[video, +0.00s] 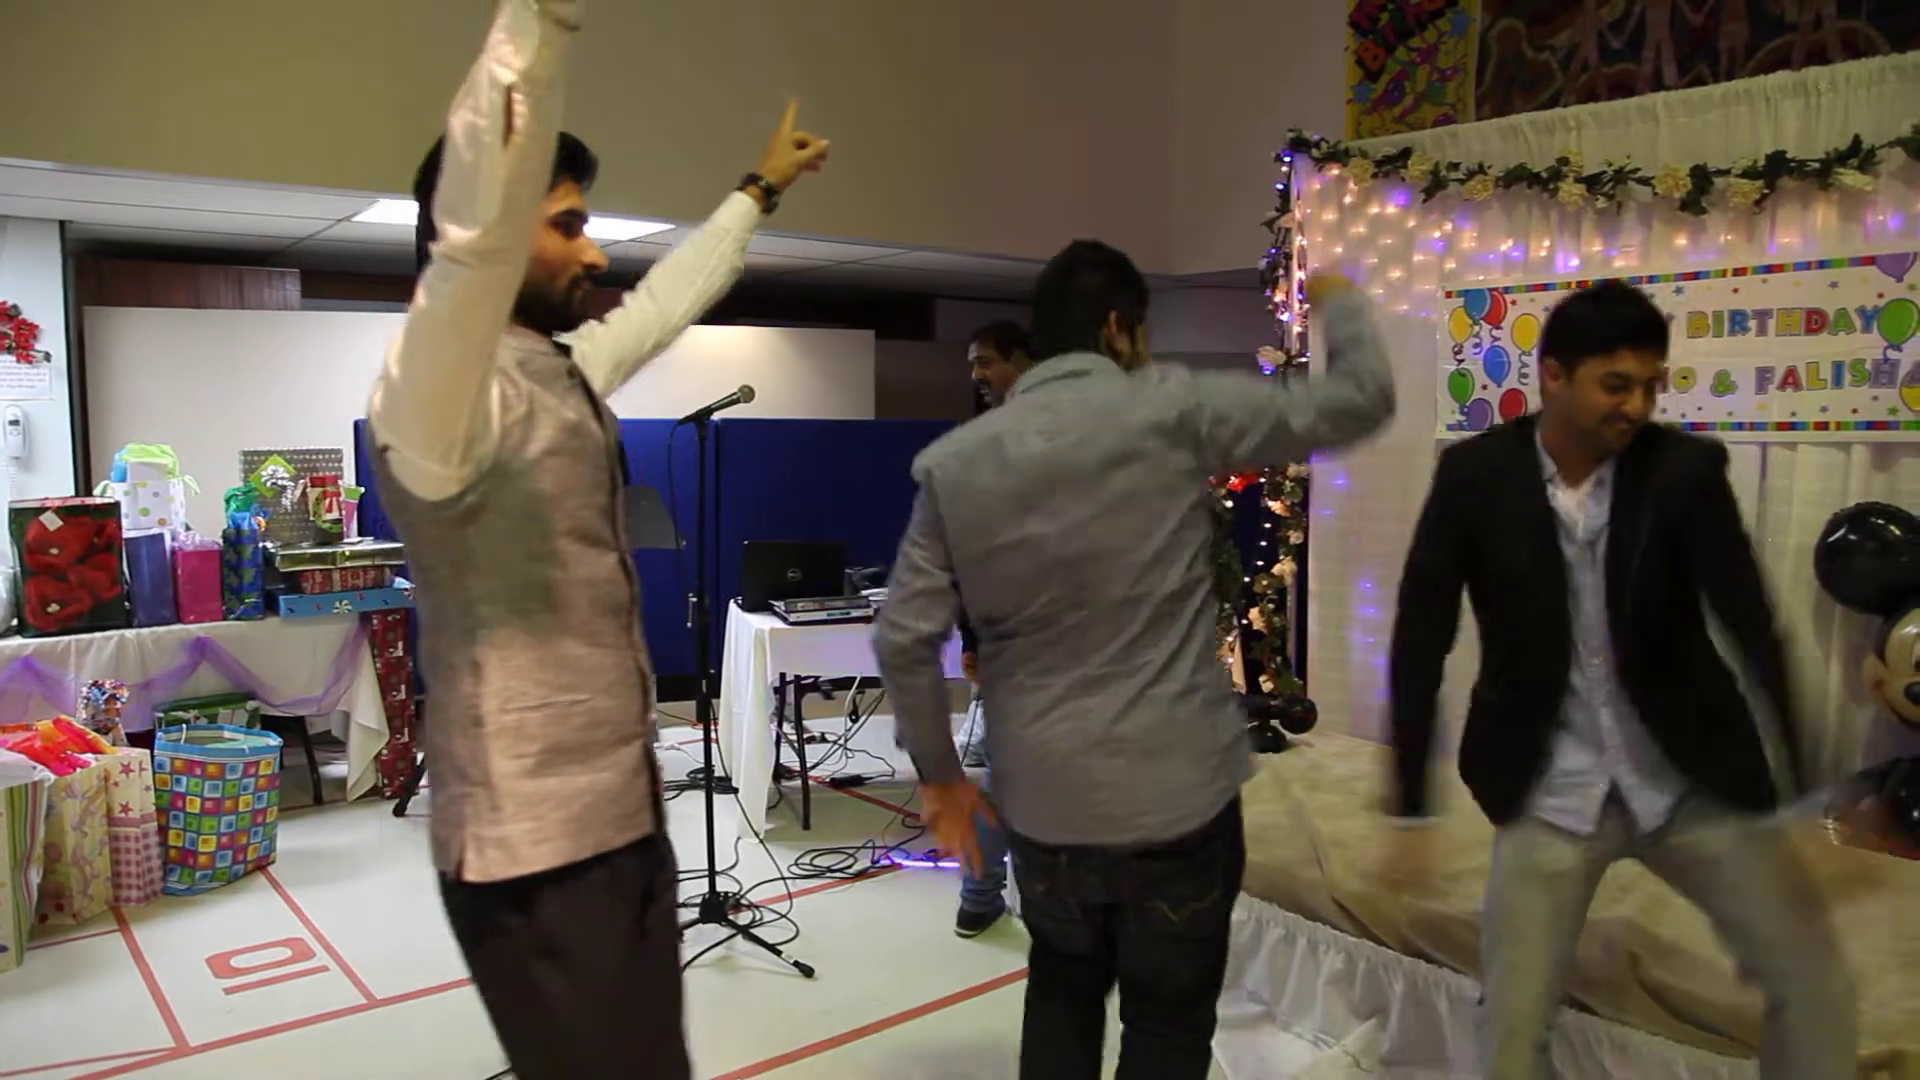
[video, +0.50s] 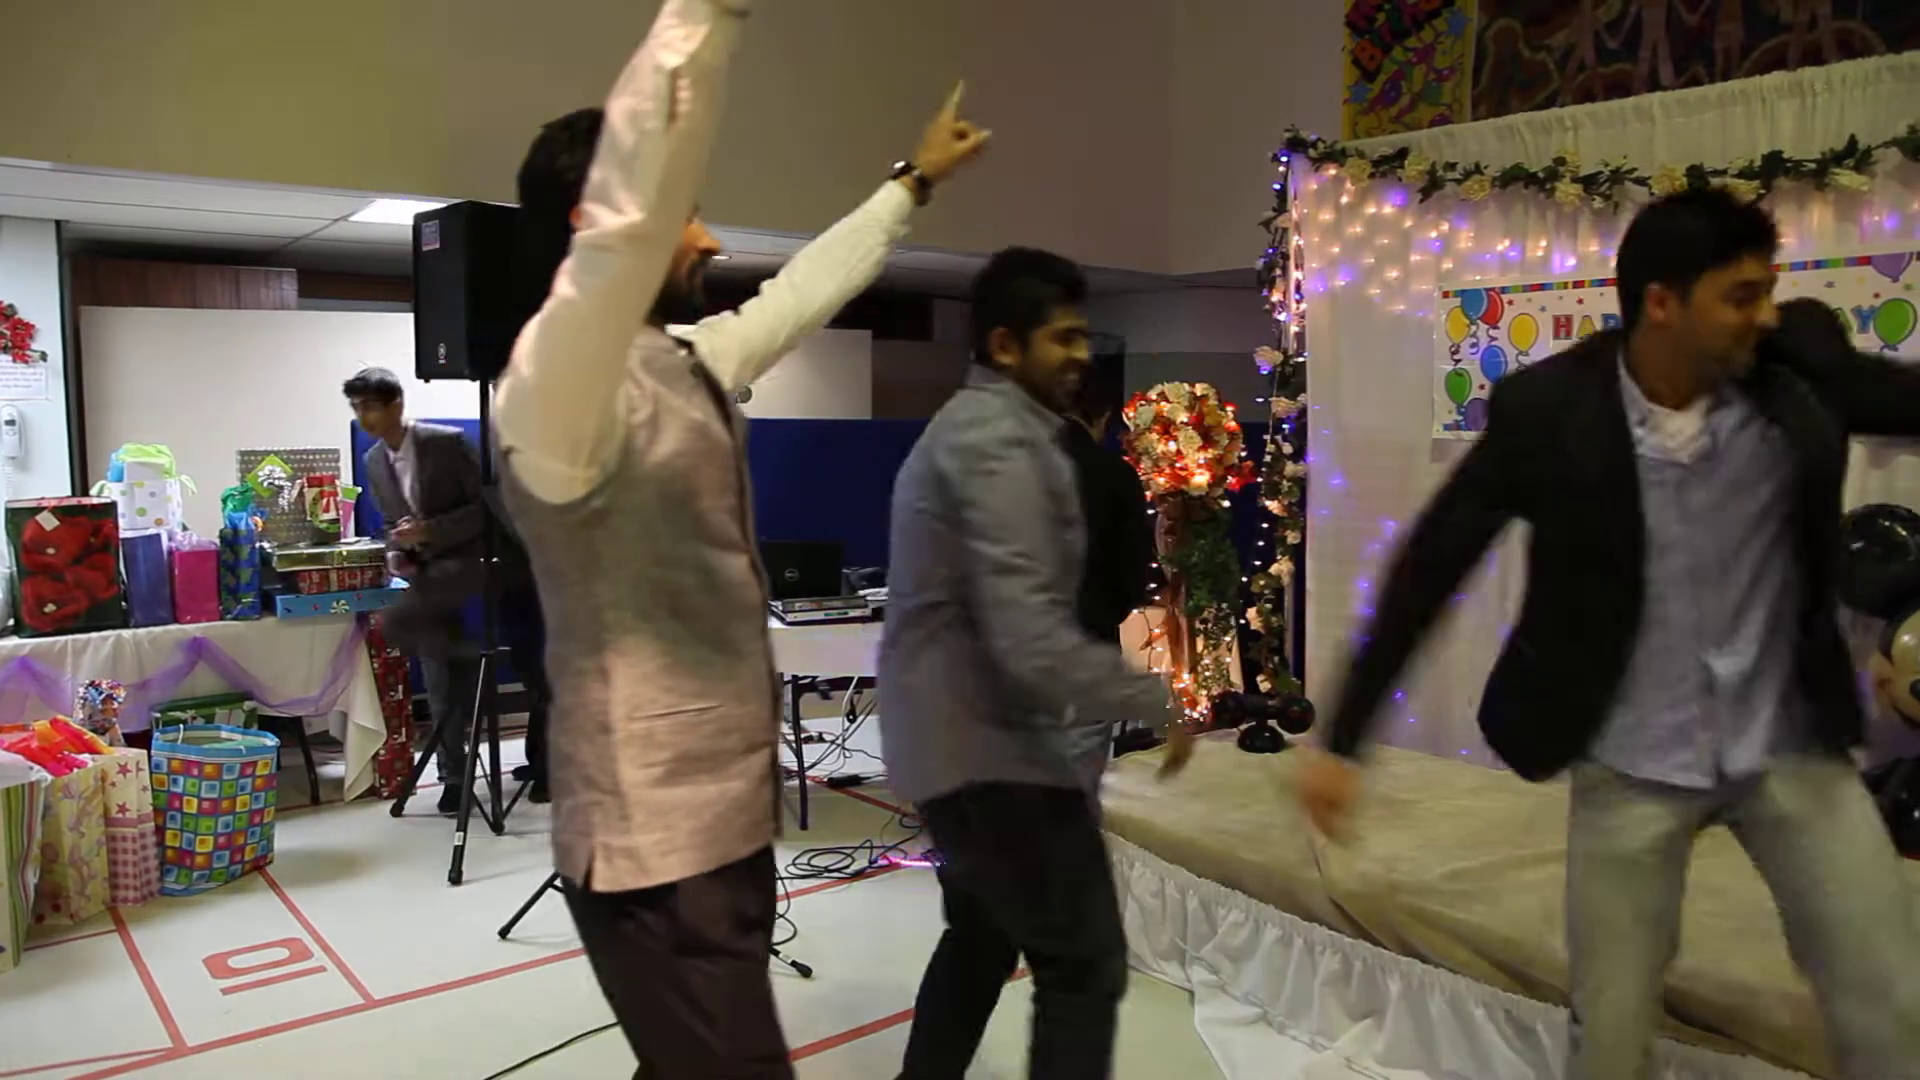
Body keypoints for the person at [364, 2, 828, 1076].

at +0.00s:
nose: (596, 254)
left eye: (591, 229)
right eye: (568, 226)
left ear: (568, 241)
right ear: (487, 233)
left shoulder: (569, 370)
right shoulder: (438, 403)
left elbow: (664, 299)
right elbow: (477, 227)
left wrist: (761, 188)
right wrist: (539, 16)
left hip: (619, 818)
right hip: (533, 845)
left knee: (653, 1067)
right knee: (599, 1074)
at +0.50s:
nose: (707, 232)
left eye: (698, 208)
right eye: (678, 213)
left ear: (648, 230)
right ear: (603, 226)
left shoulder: (693, 364)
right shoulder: (557, 401)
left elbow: (801, 293)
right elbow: (627, 206)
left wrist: (913, 183)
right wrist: (705, 3)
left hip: (725, 830)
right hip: (651, 853)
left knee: (706, 1064)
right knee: (733, 1071)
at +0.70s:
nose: (756, 222)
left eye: (747, 196)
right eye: (725, 200)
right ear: (645, 213)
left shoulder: (735, 365)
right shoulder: (602, 394)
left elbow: (868, 343)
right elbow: (704, 204)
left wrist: (1012, 241)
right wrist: (778, 7)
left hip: (760, 833)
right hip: (689, 858)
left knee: (773, 1055)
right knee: (752, 1066)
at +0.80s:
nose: (765, 210)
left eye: (764, 186)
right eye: (736, 189)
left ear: (696, 210)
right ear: (676, 213)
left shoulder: (759, 379)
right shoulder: (621, 398)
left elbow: (888, 414)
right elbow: (751, 209)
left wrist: (1059, 384)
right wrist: (839, 3)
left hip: (783, 840)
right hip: (705, 865)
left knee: (820, 1057)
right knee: (792, 1066)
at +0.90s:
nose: (785, 212)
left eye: (787, 189)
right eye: (764, 192)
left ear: (718, 211)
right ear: (701, 209)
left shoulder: (764, 396)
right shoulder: (643, 404)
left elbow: (872, 513)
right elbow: (781, 213)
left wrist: (1063, 568)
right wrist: (893, 3)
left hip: (809, 850)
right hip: (731, 876)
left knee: (820, 1050)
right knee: (788, 1064)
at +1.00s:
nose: (821, 209)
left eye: (822, 183)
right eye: (801, 184)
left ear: (746, 208)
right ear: (741, 203)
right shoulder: (676, 390)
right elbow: (823, 200)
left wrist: (998, 717)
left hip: (822, 856)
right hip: (760, 882)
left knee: (866, 1056)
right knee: (835, 1068)